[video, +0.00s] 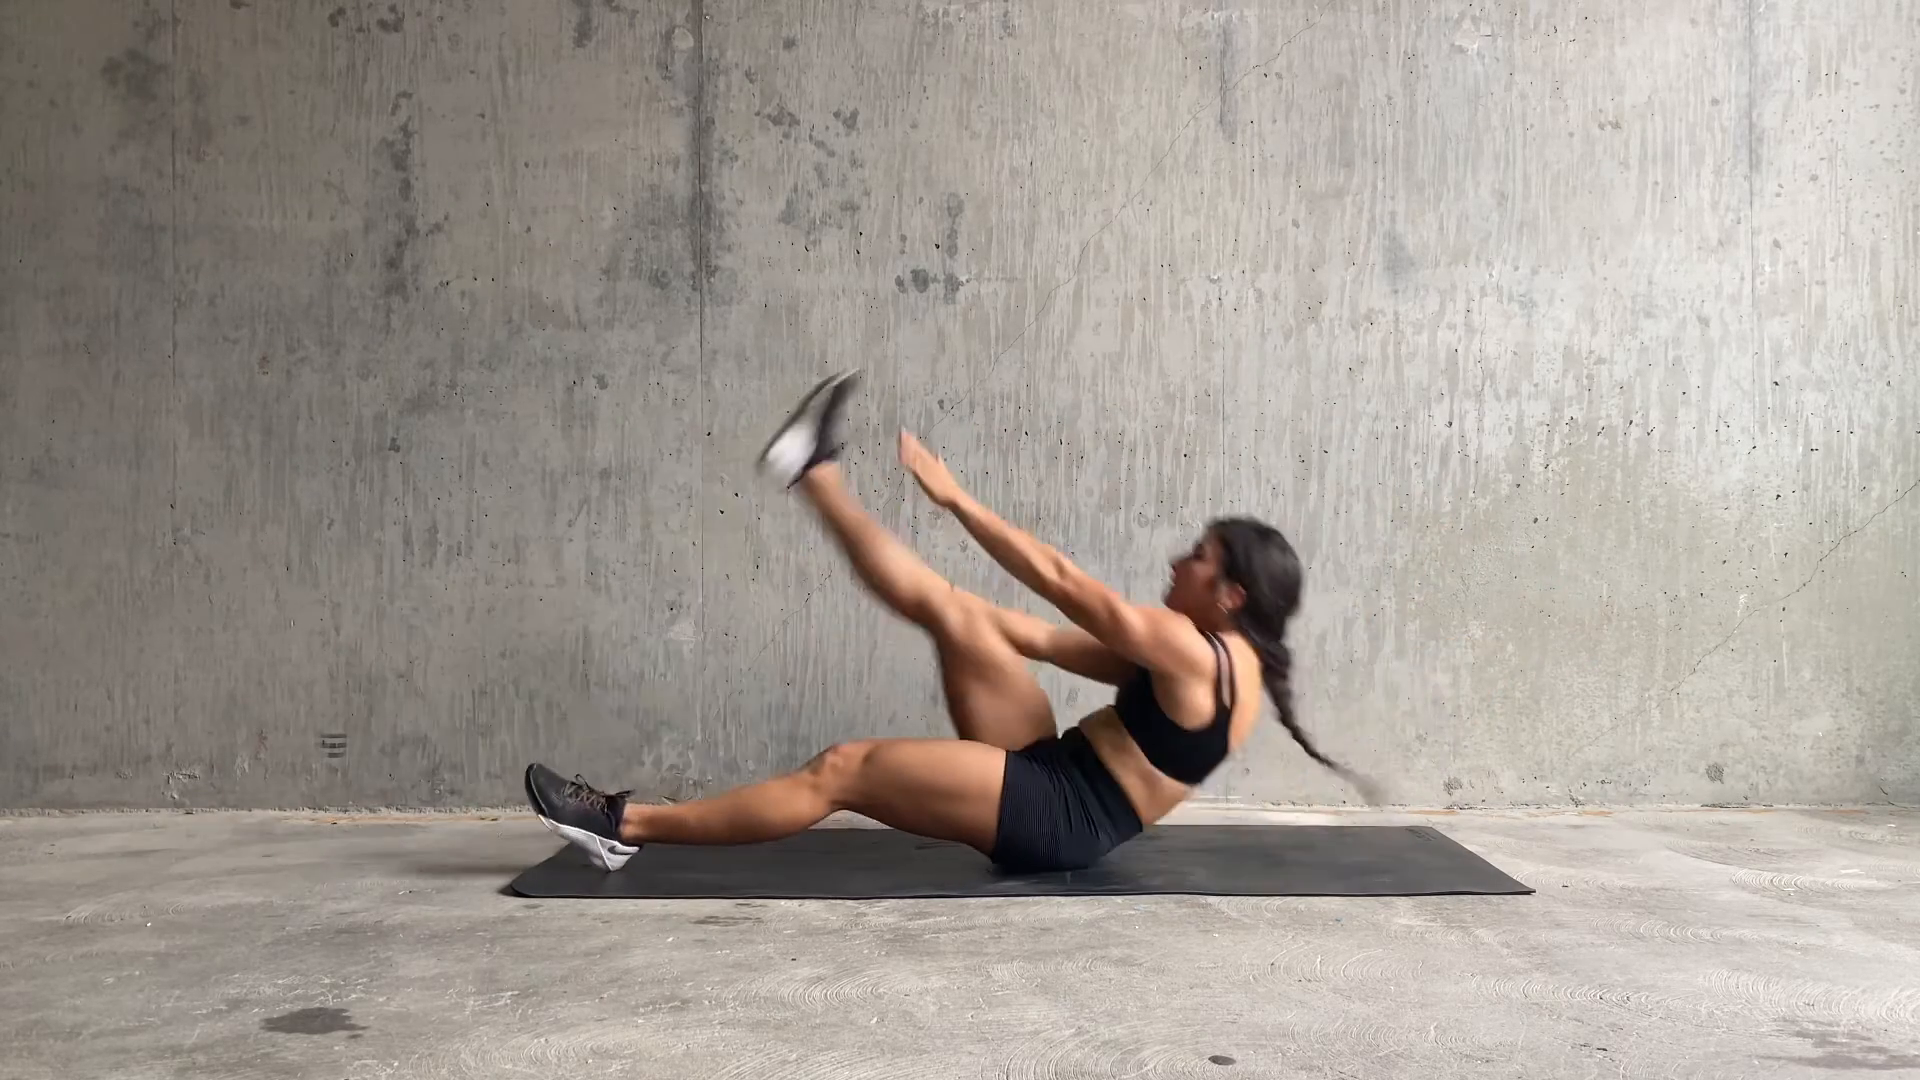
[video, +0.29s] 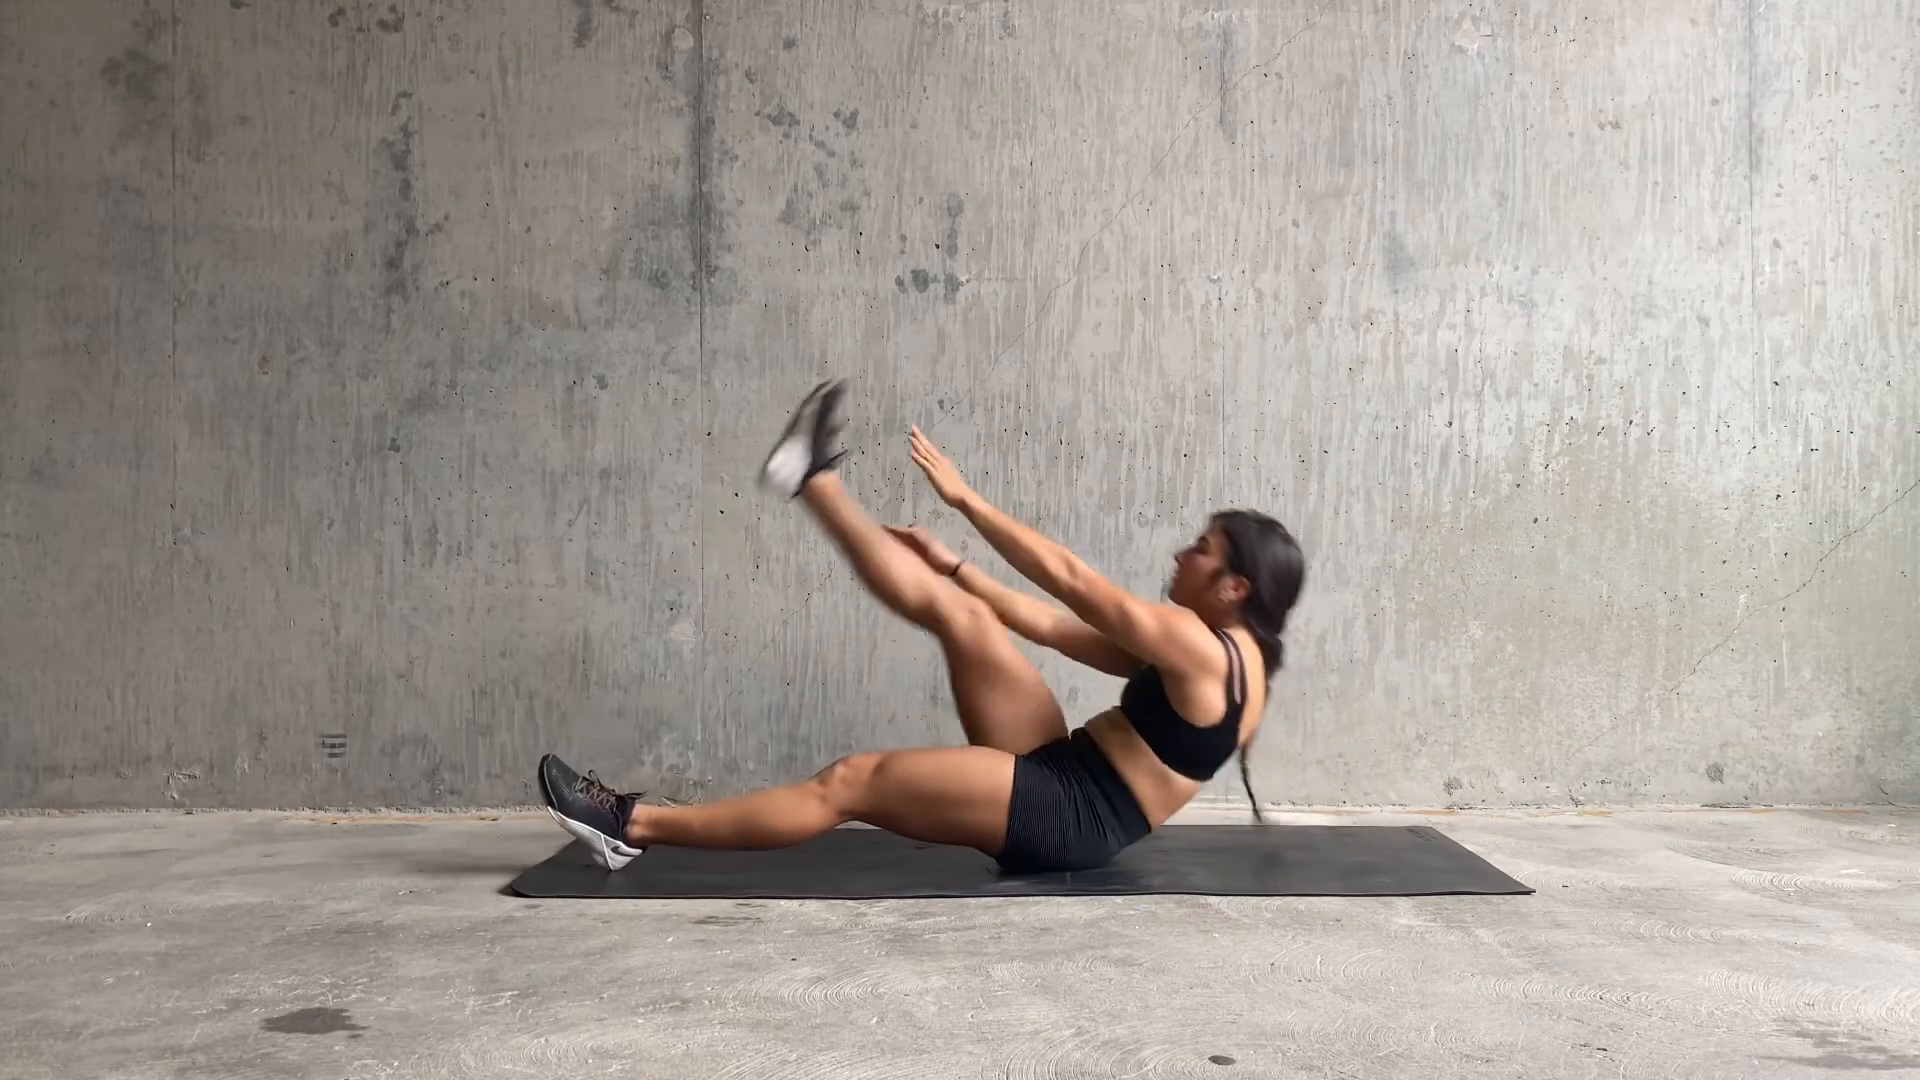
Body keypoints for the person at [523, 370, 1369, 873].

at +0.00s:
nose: (1175, 567)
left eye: (1193, 562)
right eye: (1190, 556)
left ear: (1229, 594)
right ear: (1237, 598)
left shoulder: (1189, 654)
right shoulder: (1226, 660)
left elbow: (1053, 581)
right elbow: (1073, 645)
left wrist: (956, 498)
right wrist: (995, 619)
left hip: (1059, 812)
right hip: (1058, 768)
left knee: (843, 772)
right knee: (952, 613)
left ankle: (627, 823)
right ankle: (814, 473)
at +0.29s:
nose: (1182, 555)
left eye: (1199, 551)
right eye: (1194, 544)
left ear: (1235, 586)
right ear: (1238, 591)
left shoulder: (1204, 651)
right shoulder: (1207, 652)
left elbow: (1077, 584)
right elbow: (1062, 629)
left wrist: (968, 502)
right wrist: (962, 573)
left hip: (1064, 813)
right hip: (1064, 775)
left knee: (851, 784)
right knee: (963, 614)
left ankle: (633, 823)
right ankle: (813, 481)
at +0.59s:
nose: (1267, 650)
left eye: (1288, 650)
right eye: (1279, 637)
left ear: (1320, 691)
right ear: (1310, 685)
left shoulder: (1282, 743)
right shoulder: (1263, 726)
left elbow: (1203, 624)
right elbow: (1179, 628)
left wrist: (1159, 505)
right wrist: (1146, 508)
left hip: (1073, 814)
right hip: (1066, 768)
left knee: (857, 791)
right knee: (876, 709)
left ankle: (635, 827)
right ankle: (679, 679)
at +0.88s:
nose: (1333, 702)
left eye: (1357, 701)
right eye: (1345, 685)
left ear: (1385, 743)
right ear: (1335, 702)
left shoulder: (1327, 812)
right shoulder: (1310, 780)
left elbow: (1419, 708)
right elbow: (1397, 686)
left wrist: (1503, 611)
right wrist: (1476, 605)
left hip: (1090, 811)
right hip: (1087, 778)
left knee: (870, 788)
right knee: (868, 764)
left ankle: (654, 836)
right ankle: (667, 803)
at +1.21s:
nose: (1296, 696)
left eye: (1315, 691)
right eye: (1308, 684)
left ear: (1354, 729)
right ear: (1347, 726)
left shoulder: (1307, 778)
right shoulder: (1305, 778)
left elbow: (1220, 654)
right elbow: (1228, 654)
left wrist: (1185, 535)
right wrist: (1192, 554)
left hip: (1085, 812)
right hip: (1085, 800)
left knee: (887, 753)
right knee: (876, 782)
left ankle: (667, 770)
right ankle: (672, 803)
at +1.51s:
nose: (1163, 554)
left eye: (1182, 549)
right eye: (1174, 542)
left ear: (1222, 582)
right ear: (1213, 577)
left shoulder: (1196, 662)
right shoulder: (1177, 634)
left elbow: (1051, 636)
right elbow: (1048, 582)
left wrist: (922, 581)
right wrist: (949, 505)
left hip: (1066, 815)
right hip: (1050, 791)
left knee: (957, 614)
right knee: (849, 761)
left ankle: (826, 455)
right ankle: (653, 807)